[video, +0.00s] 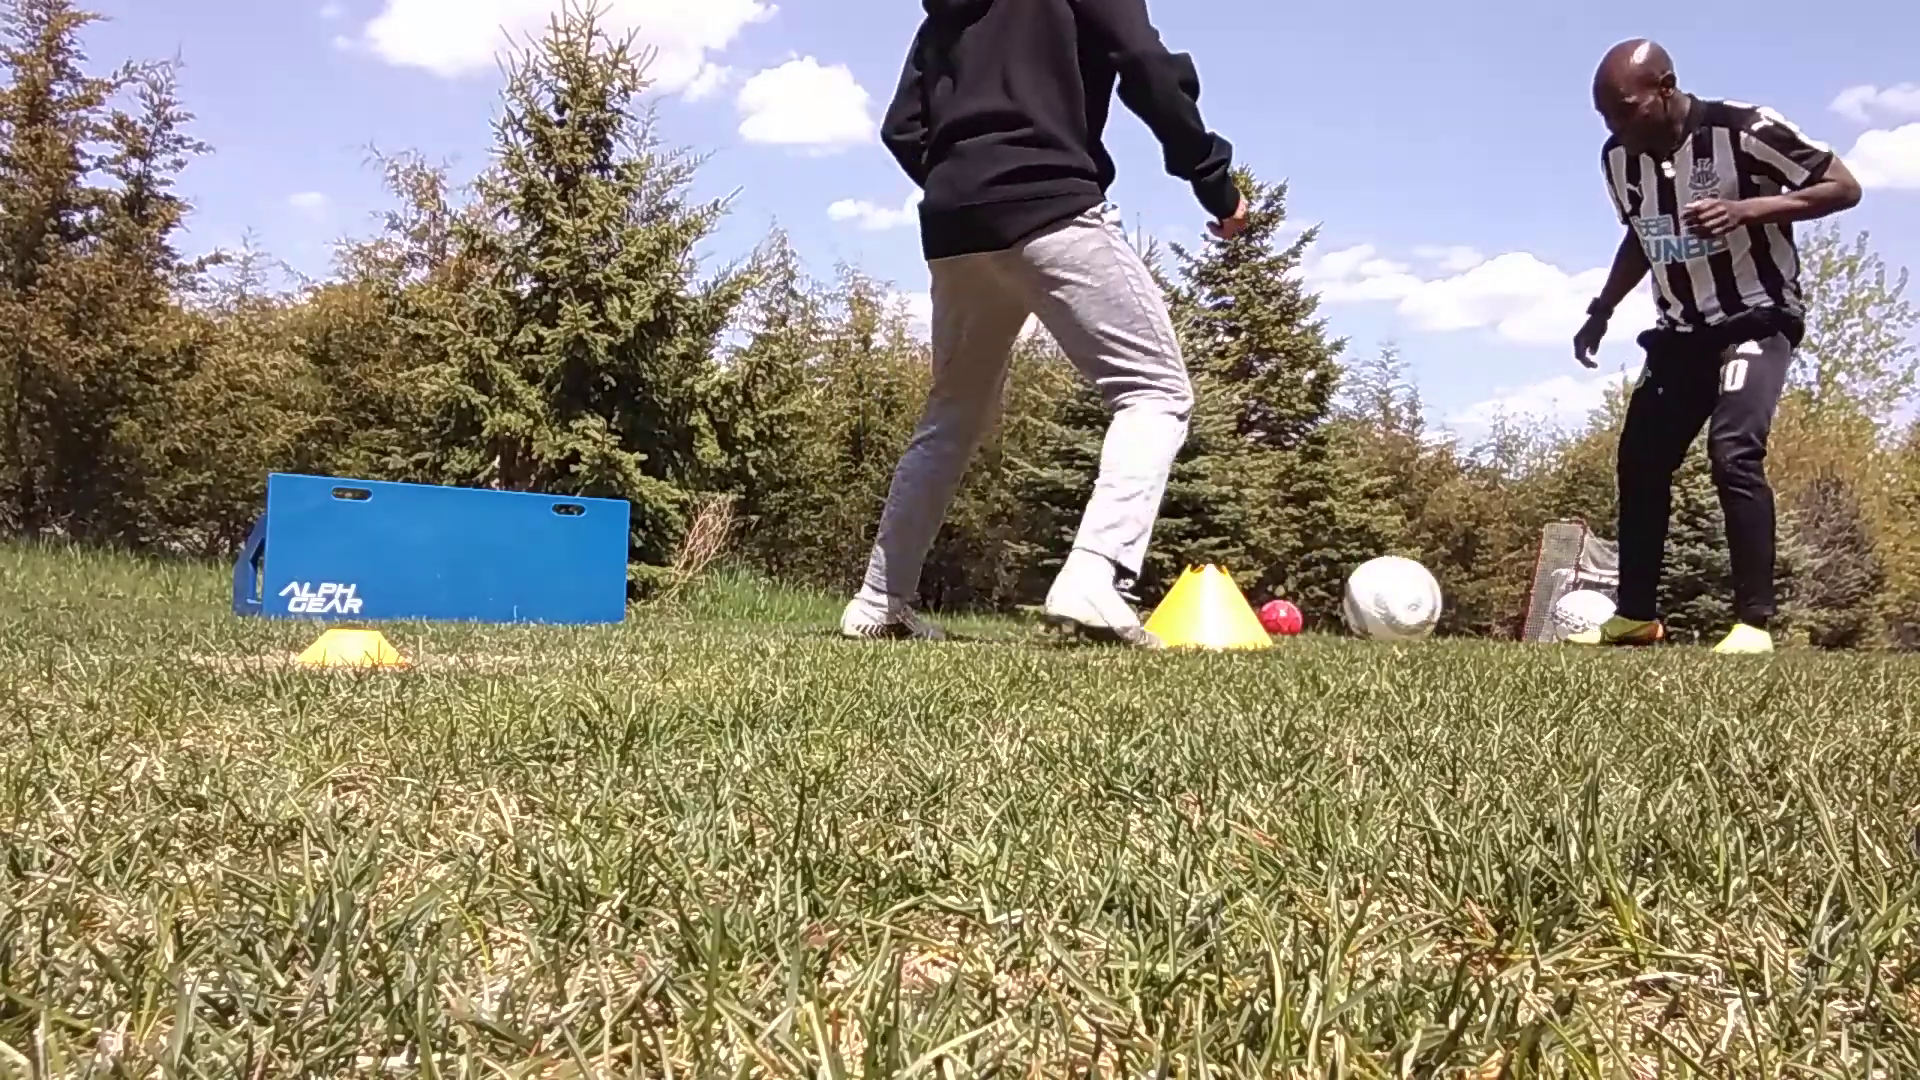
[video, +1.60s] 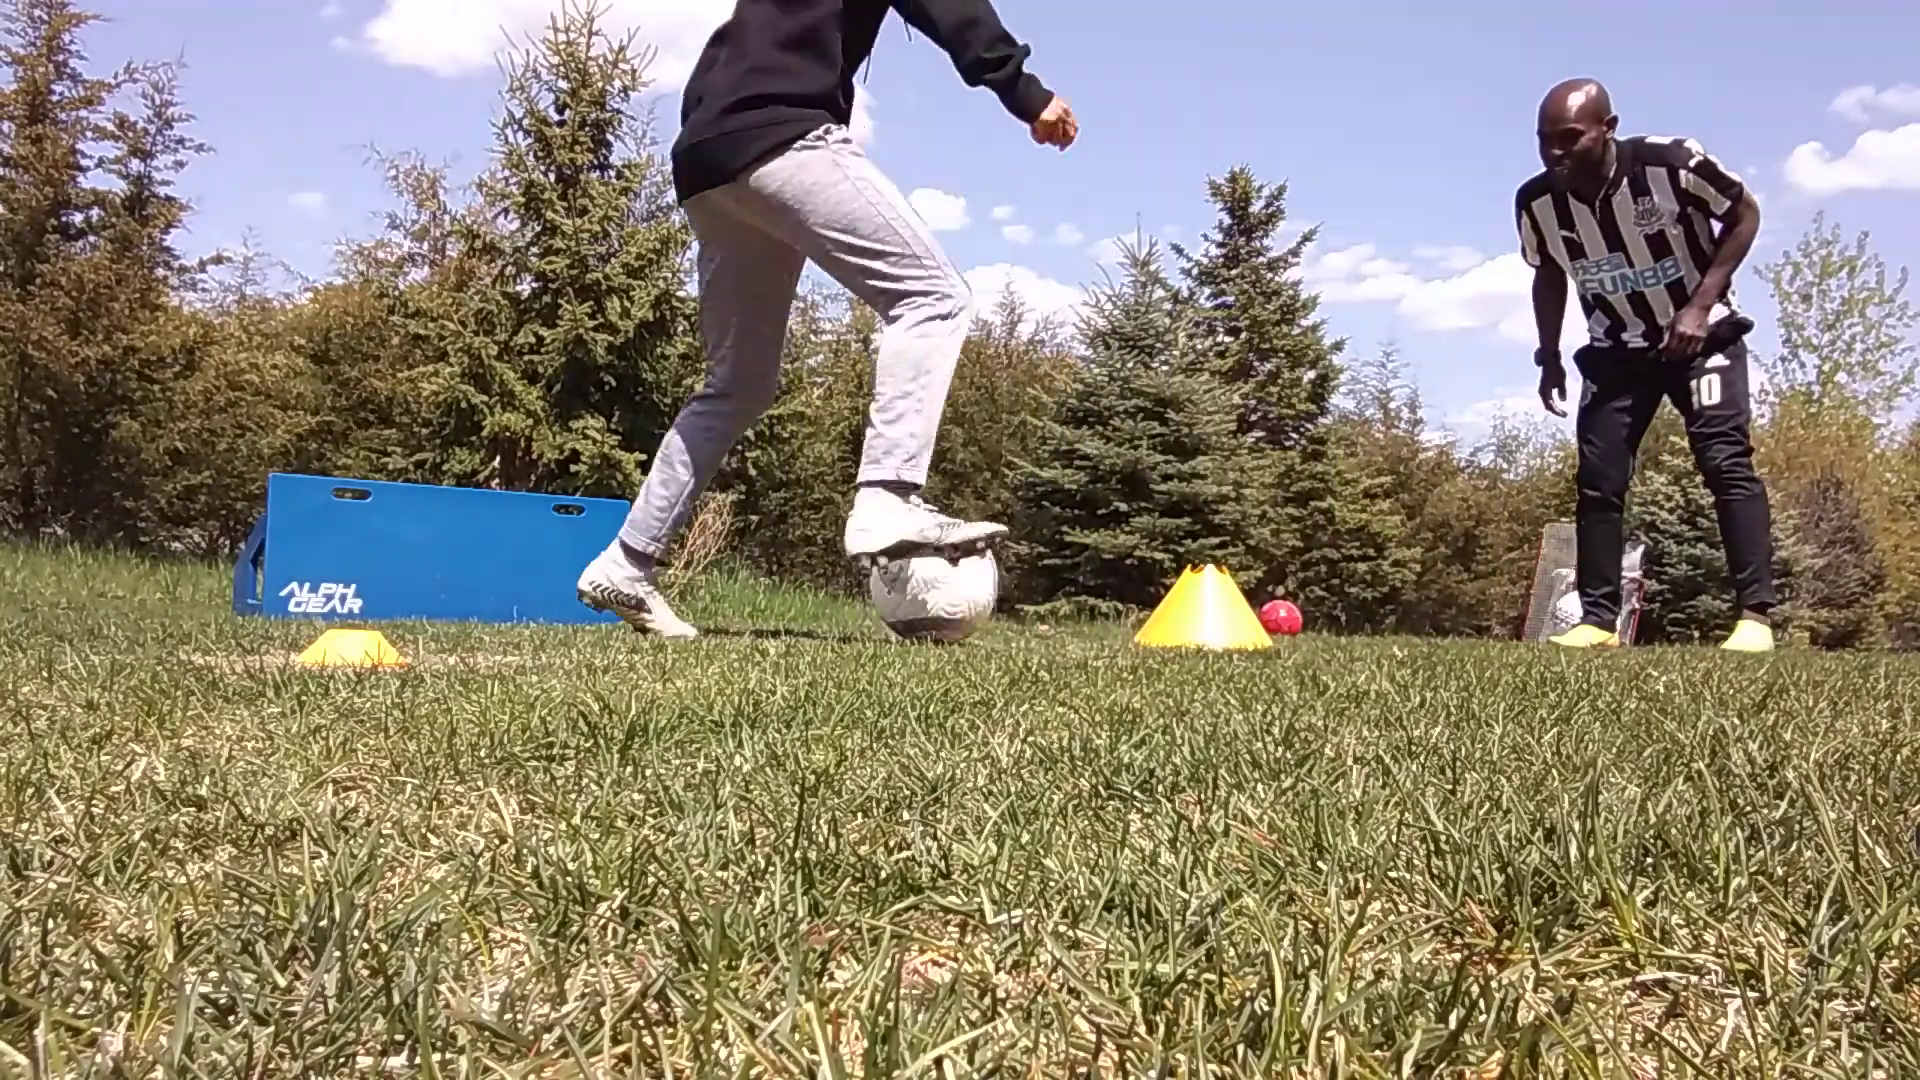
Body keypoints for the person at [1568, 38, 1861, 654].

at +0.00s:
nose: (1612, 128)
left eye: (1620, 112)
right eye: (1606, 115)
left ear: (1663, 93)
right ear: (1612, 106)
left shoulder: (1745, 129)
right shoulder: (1620, 158)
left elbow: (1844, 187)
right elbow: (1643, 236)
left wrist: (1747, 207)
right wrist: (1601, 310)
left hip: (1755, 323)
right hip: (1682, 333)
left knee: (1733, 453)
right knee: (1640, 459)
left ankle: (1753, 624)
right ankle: (1637, 615)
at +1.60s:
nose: (1552, 153)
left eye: (1566, 139)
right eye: (1545, 139)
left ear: (1607, 130)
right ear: (1538, 137)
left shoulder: (1674, 166)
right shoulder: (1536, 204)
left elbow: (1744, 212)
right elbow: (1549, 275)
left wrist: (1701, 303)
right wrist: (1549, 354)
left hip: (1702, 337)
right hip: (1619, 351)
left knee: (1725, 463)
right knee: (1598, 475)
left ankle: (1755, 617)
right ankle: (1599, 621)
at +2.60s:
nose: (1676, 105)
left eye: (1692, 89)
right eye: (1664, 89)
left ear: (1724, 70)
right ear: (1648, 77)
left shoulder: (1779, 120)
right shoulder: (1633, 149)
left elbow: (1868, 165)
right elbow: (1636, 226)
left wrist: (1832, 233)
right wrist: (1605, 298)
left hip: (1788, 323)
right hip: (1696, 333)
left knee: (1820, 459)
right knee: (1642, 460)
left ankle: (1860, 620)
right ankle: (1614, 612)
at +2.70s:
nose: (1710, 109)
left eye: (1728, 92)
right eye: (1697, 92)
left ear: (1756, 73)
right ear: (1680, 77)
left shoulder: (1812, 120)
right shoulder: (1661, 157)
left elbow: (1891, 171)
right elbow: (1662, 247)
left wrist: (1861, 255)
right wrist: (1630, 319)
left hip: (1818, 323)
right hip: (1727, 334)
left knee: (1831, 463)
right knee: (1652, 434)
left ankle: (1864, 624)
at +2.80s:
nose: (1728, 117)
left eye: (1744, 103)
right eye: (1716, 100)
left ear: (1771, 87)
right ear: (1695, 85)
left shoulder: (1824, 127)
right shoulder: (1674, 166)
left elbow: (1908, 172)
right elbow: (1679, 253)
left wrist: (1880, 261)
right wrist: (1654, 336)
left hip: (1846, 323)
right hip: (1761, 334)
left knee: (1846, 464)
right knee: (1690, 435)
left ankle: (1873, 626)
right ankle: (1750, 592)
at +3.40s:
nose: (1701, 76)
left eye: (1710, 63)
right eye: (1689, 71)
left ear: (1735, 61)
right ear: (1675, 83)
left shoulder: (1787, 117)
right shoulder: (1679, 148)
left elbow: (1870, 193)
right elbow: (1663, 240)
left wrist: (1835, 262)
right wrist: (1637, 316)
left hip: (1784, 325)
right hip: (1703, 336)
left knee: (1790, 466)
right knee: (1690, 478)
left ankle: (1818, 613)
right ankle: (1684, 624)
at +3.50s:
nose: (1685, 52)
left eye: (1698, 39)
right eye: (1678, 41)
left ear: (1721, 49)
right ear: (1664, 52)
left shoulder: (1765, 117)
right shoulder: (1650, 132)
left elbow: (1842, 196)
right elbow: (1639, 236)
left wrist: (1804, 258)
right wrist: (1606, 308)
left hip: (1773, 316)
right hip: (1684, 323)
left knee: (1801, 453)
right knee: (1678, 470)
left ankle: (1852, 595)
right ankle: (1684, 620)